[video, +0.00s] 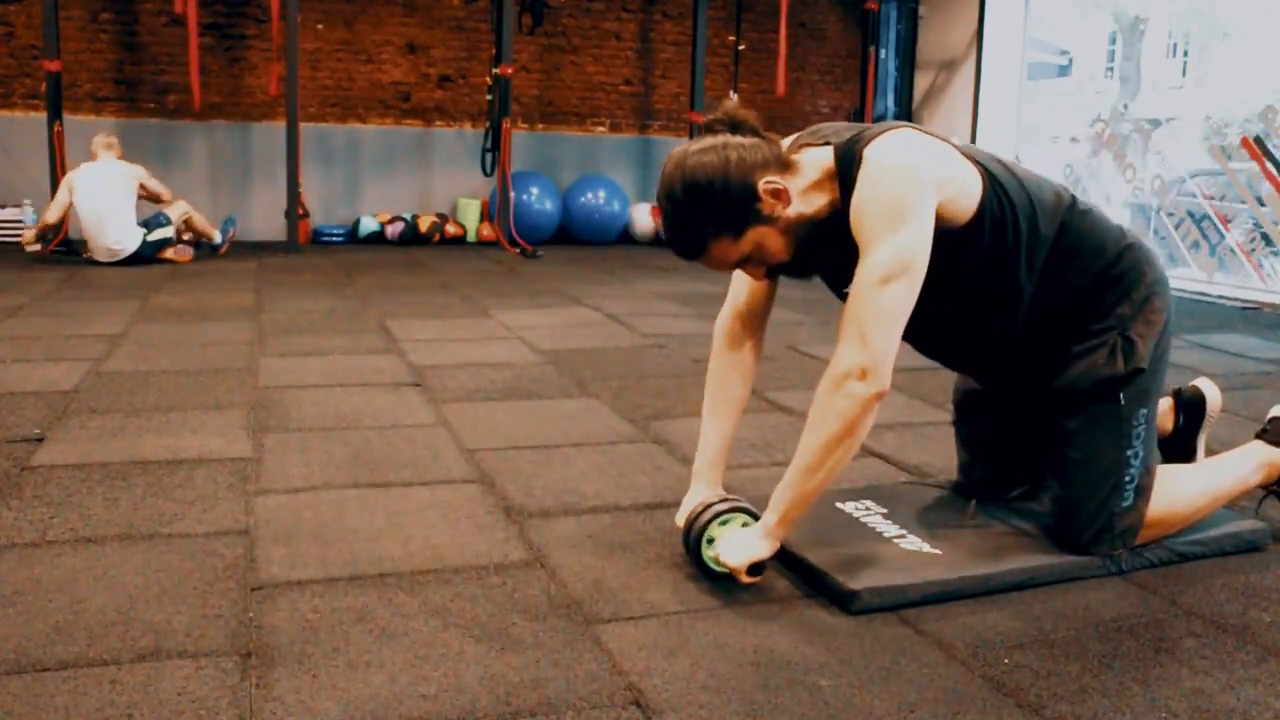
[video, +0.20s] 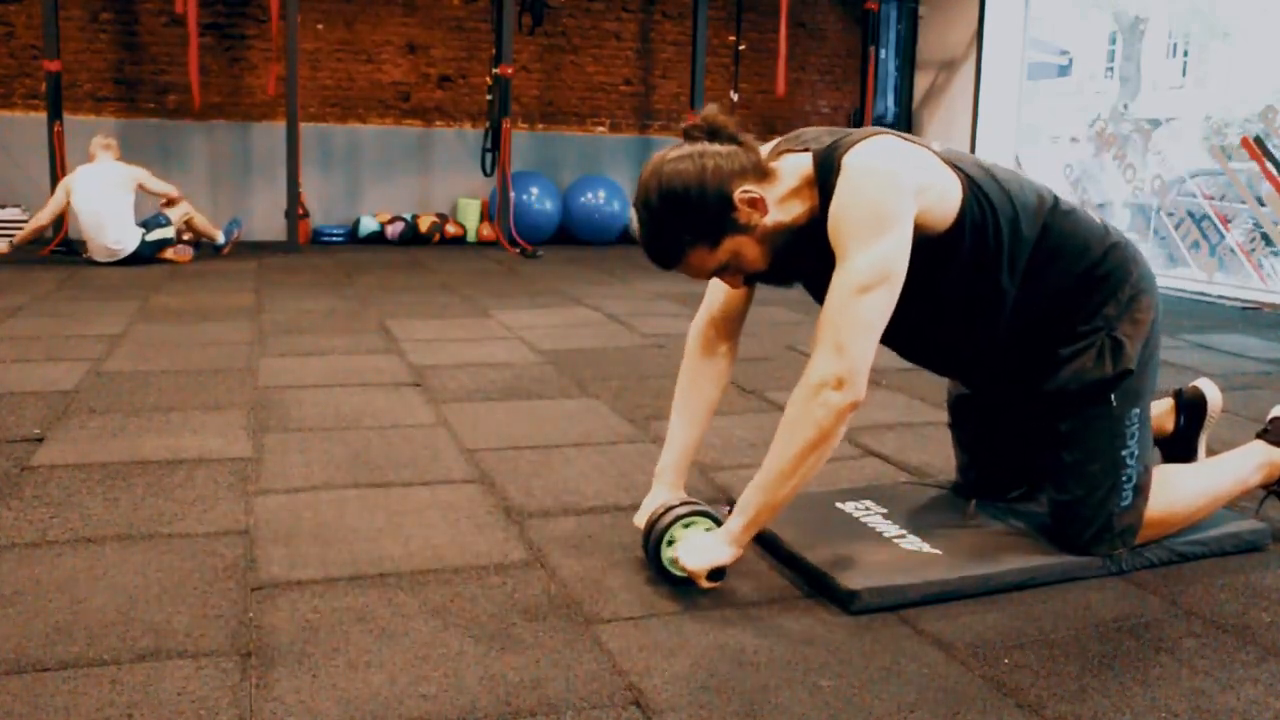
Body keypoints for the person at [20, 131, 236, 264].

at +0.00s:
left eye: (97, 152)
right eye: (114, 151)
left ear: (92, 154)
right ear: (118, 153)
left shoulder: (74, 176)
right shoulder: (132, 170)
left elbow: (51, 219)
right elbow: (166, 197)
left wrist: (35, 233)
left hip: (99, 256)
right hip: (132, 250)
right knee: (181, 206)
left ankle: (169, 251)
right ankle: (217, 238)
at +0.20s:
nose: (110, 153)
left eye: (101, 150)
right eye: (113, 150)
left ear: (90, 155)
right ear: (116, 153)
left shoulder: (73, 179)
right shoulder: (129, 171)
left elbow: (41, 221)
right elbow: (174, 193)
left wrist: (11, 244)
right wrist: (169, 203)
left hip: (97, 256)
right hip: (131, 249)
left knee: (136, 232)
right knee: (181, 207)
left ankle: (167, 251)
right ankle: (221, 238)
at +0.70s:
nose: (115, 158)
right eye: (117, 154)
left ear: (90, 156)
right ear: (118, 155)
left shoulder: (70, 180)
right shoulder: (129, 171)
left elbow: (56, 227)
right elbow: (177, 194)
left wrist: (49, 238)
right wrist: (191, 200)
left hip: (97, 256)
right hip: (130, 247)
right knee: (186, 210)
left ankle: (170, 251)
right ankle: (222, 238)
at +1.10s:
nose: (123, 158)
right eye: (124, 154)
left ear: (96, 154)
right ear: (123, 154)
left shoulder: (75, 178)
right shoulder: (129, 172)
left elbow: (72, 225)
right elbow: (174, 196)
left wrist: (78, 242)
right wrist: (187, 203)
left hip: (97, 256)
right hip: (129, 247)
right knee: (186, 211)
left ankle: (168, 252)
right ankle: (226, 240)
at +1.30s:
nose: (126, 159)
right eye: (126, 155)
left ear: (99, 154)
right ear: (124, 154)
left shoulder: (77, 177)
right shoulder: (131, 171)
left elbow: (63, 222)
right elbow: (181, 197)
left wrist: (82, 203)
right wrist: (191, 201)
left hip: (98, 255)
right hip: (128, 248)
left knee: (147, 246)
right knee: (188, 211)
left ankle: (171, 252)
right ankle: (226, 240)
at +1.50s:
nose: (125, 155)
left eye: (119, 151)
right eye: (125, 152)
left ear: (101, 155)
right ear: (125, 155)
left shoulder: (78, 175)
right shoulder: (133, 171)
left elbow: (49, 216)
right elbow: (176, 194)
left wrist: (34, 234)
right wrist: (193, 200)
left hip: (99, 255)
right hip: (131, 247)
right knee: (188, 211)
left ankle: (173, 250)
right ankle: (226, 239)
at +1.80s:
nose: (121, 149)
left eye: (115, 146)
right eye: (121, 147)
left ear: (94, 153)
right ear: (120, 152)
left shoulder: (75, 173)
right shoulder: (128, 169)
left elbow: (37, 205)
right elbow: (175, 194)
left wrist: (19, 202)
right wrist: (189, 201)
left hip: (98, 254)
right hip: (129, 245)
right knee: (186, 210)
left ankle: (172, 249)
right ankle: (225, 240)